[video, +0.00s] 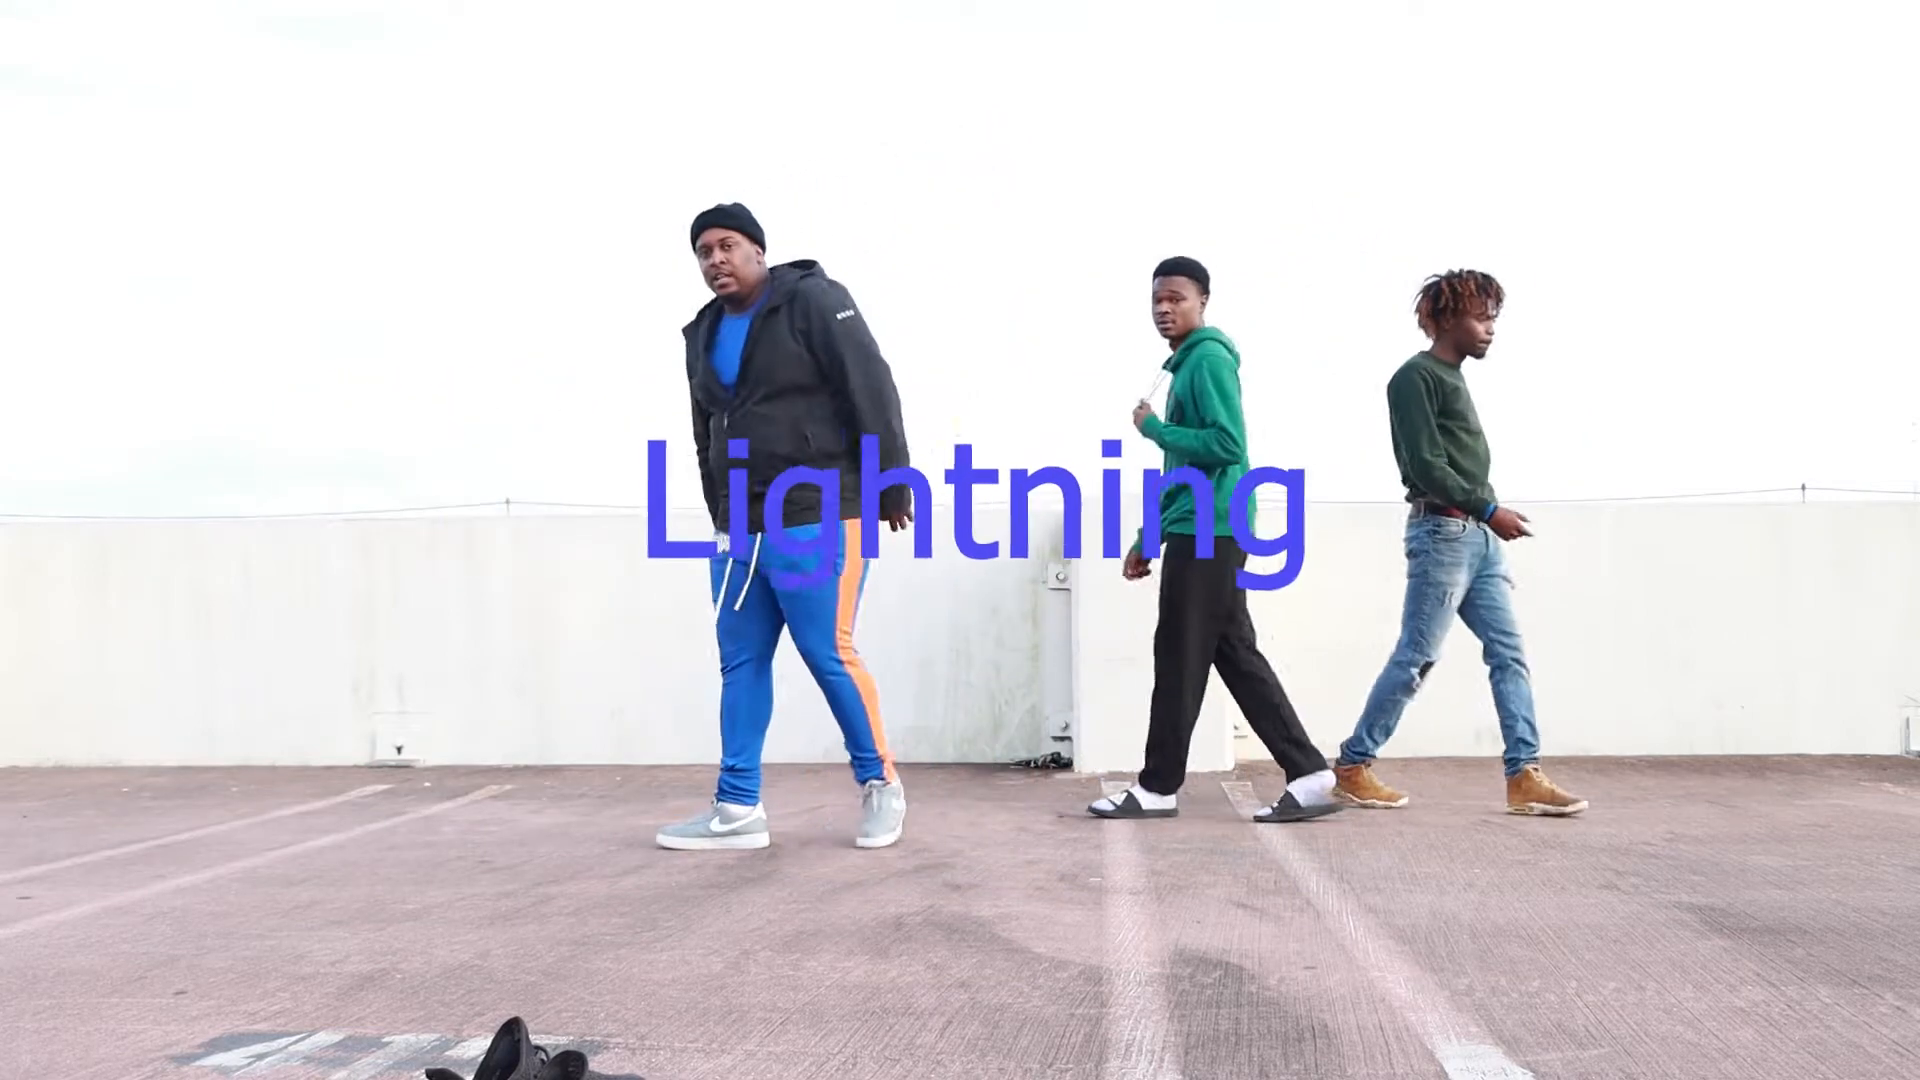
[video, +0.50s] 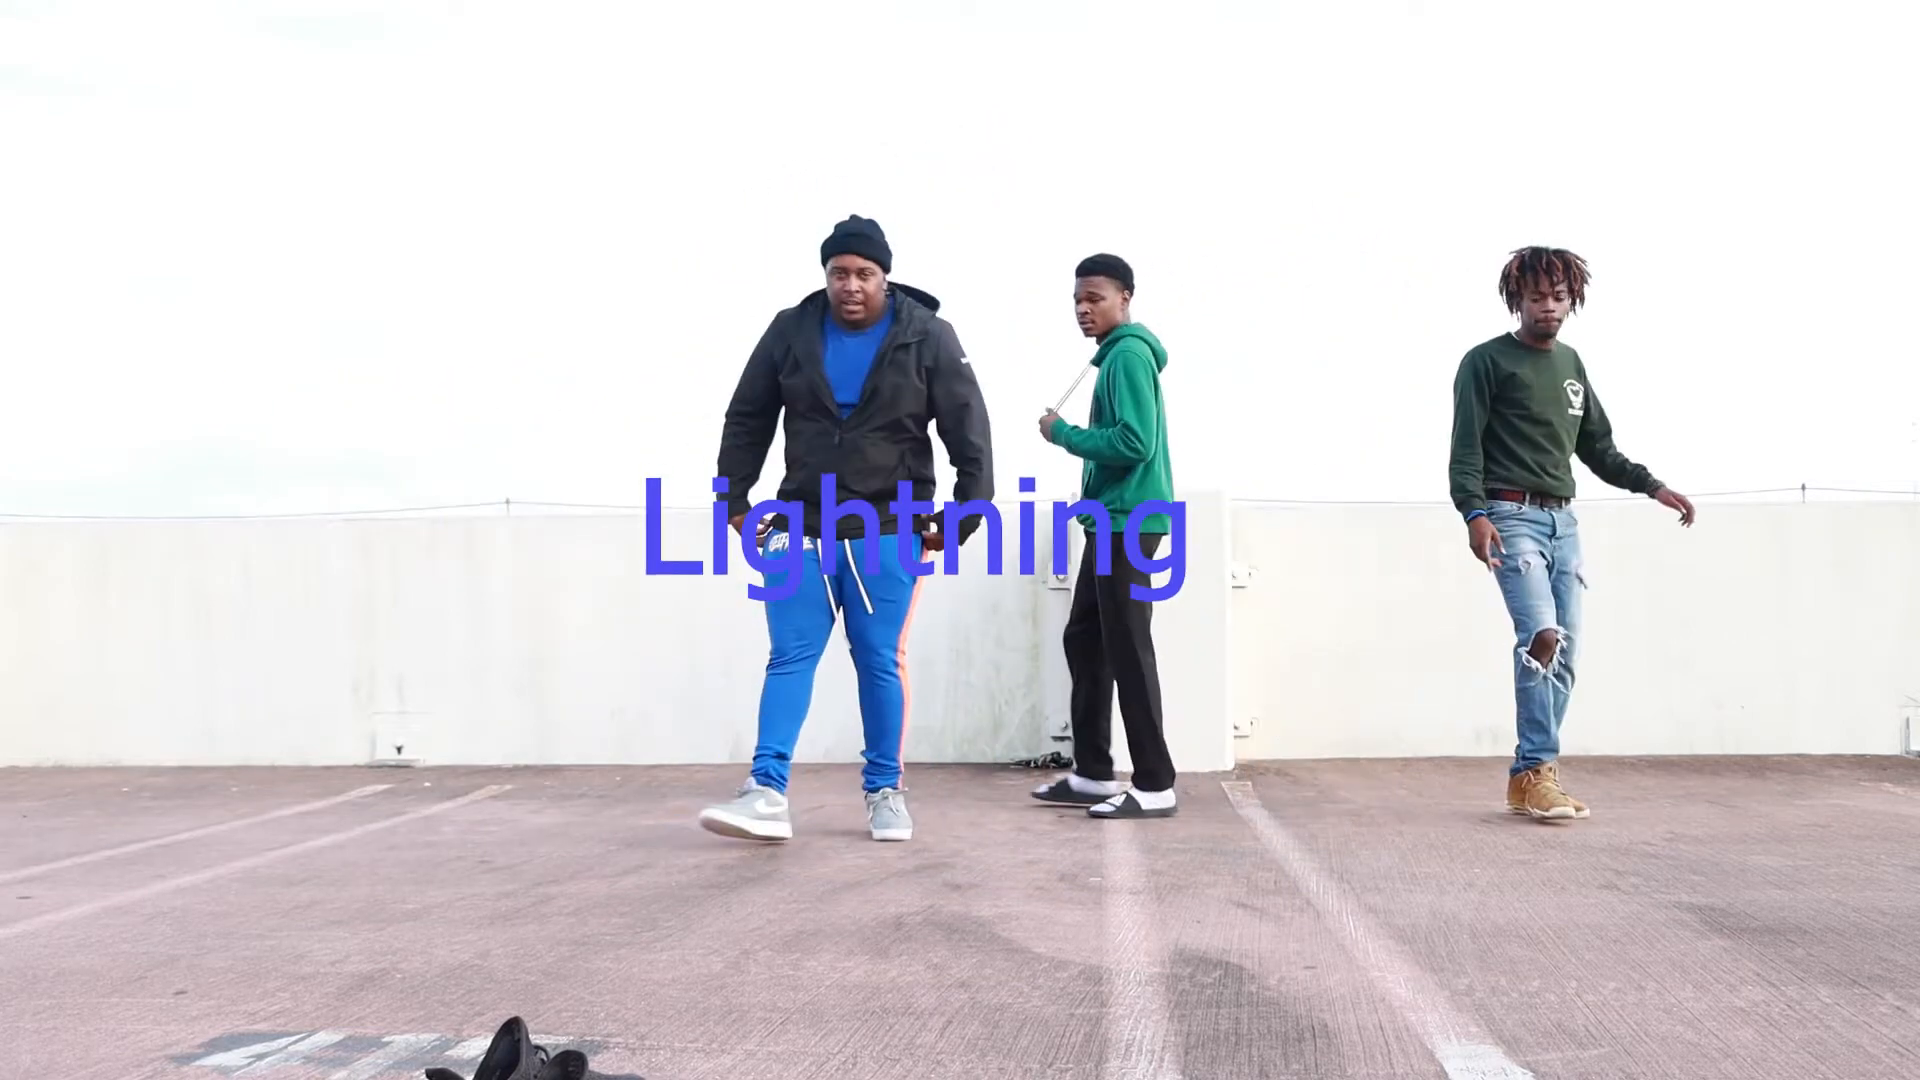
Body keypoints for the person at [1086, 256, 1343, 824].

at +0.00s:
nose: (1165, 309)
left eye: (1177, 298)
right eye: (1158, 300)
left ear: (1203, 305)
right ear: (1153, 308)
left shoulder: (1208, 357)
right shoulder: (1187, 365)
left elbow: (1227, 446)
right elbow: (1178, 472)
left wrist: (1158, 429)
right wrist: (1149, 539)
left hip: (1204, 532)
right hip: (1197, 532)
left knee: (1179, 657)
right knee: (1237, 656)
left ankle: (1157, 788)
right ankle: (1311, 776)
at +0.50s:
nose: (1083, 309)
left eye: (1094, 298)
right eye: (1079, 300)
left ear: (1125, 299)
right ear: (1081, 305)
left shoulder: (1127, 355)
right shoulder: (1117, 356)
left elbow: (1133, 443)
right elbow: (1127, 445)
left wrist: (1062, 433)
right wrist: (1094, 501)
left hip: (1128, 523)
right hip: (1110, 522)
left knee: (1127, 648)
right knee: (1084, 641)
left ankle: (1156, 785)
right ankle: (1092, 775)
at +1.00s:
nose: (1013, 316)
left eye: (1023, 306)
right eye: (1005, 308)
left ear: (1044, 310)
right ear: (996, 316)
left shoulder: (1070, 361)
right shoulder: (998, 387)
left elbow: (1112, 434)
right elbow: (987, 474)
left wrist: (1044, 438)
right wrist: (964, 541)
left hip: (1075, 528)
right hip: (1022, 534)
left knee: (1098, 651)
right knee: (1015, 657)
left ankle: (1148, 781)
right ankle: (1014, 782)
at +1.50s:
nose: (997, 324)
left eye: (1004, 314)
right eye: (986, 316)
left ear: (1017, 316)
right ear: (967, 322)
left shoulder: (1052, 368)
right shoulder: (960, 387)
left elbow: (1094, 434)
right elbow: (948, 478)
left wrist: (1073, 445)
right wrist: (934, 548)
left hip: (1058, 535)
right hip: (998, 537)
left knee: (1065, 646)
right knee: (1000, 655)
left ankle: (1040, 751)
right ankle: (1011, 779)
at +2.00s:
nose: (1044, 342)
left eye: (1051, 334)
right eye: (1036, 333)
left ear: (1057, 338)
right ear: (1016, 334)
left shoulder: (1067, 394)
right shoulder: (986, 384)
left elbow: (1070, 471)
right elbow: (963, 457)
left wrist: (1090, 472)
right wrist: (964, 523)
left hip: (1051, 537)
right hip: (997, 534)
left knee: (1044, 655)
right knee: (998, 654)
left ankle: (1029, 766)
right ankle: (1000, 771)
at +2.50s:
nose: (1007, 338)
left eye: (1015, 330)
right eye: (999, 330)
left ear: (1025, 337)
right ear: (984, 337)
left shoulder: (1046, 400)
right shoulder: (957, 382)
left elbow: (1057, 482)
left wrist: (1065, 557)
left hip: (1017, 542)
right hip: (960, 533)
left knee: (1019, 659)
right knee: (927, 650)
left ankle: (1019, 767)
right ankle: (917, 766)